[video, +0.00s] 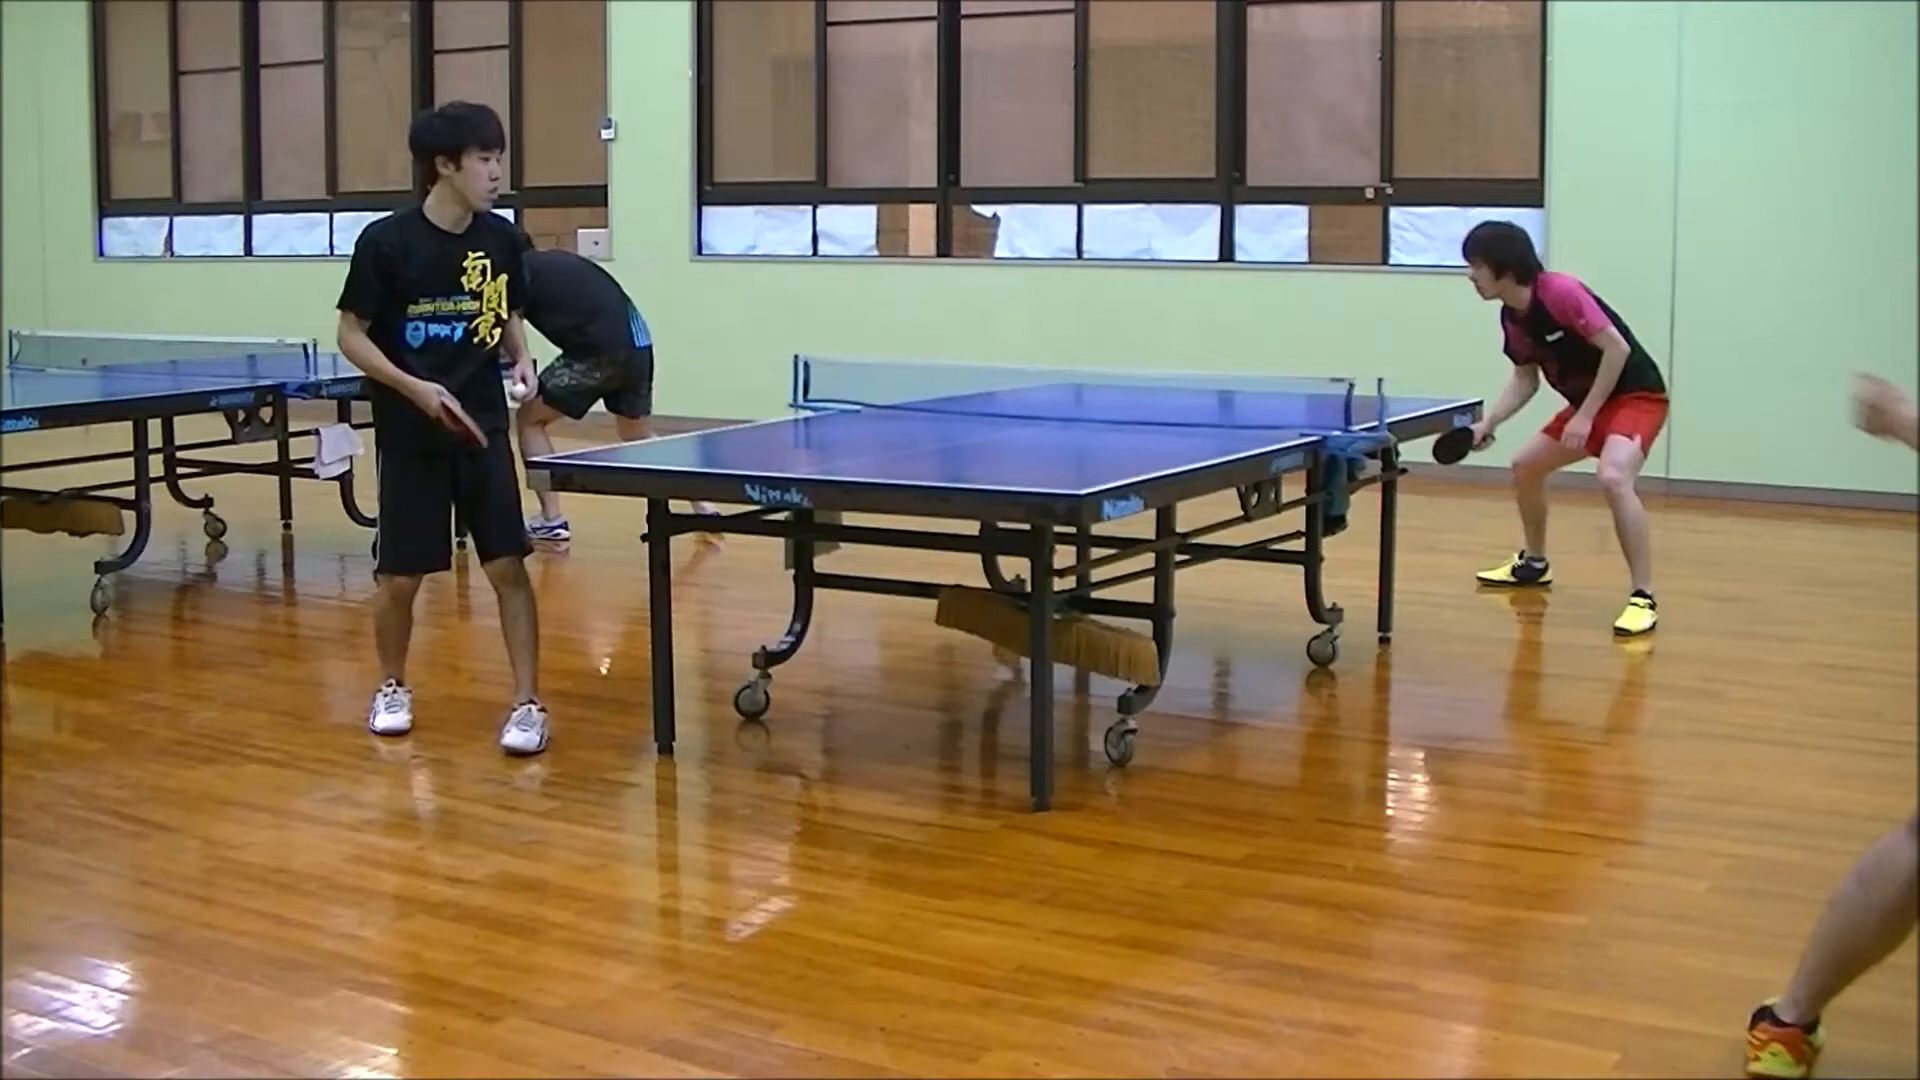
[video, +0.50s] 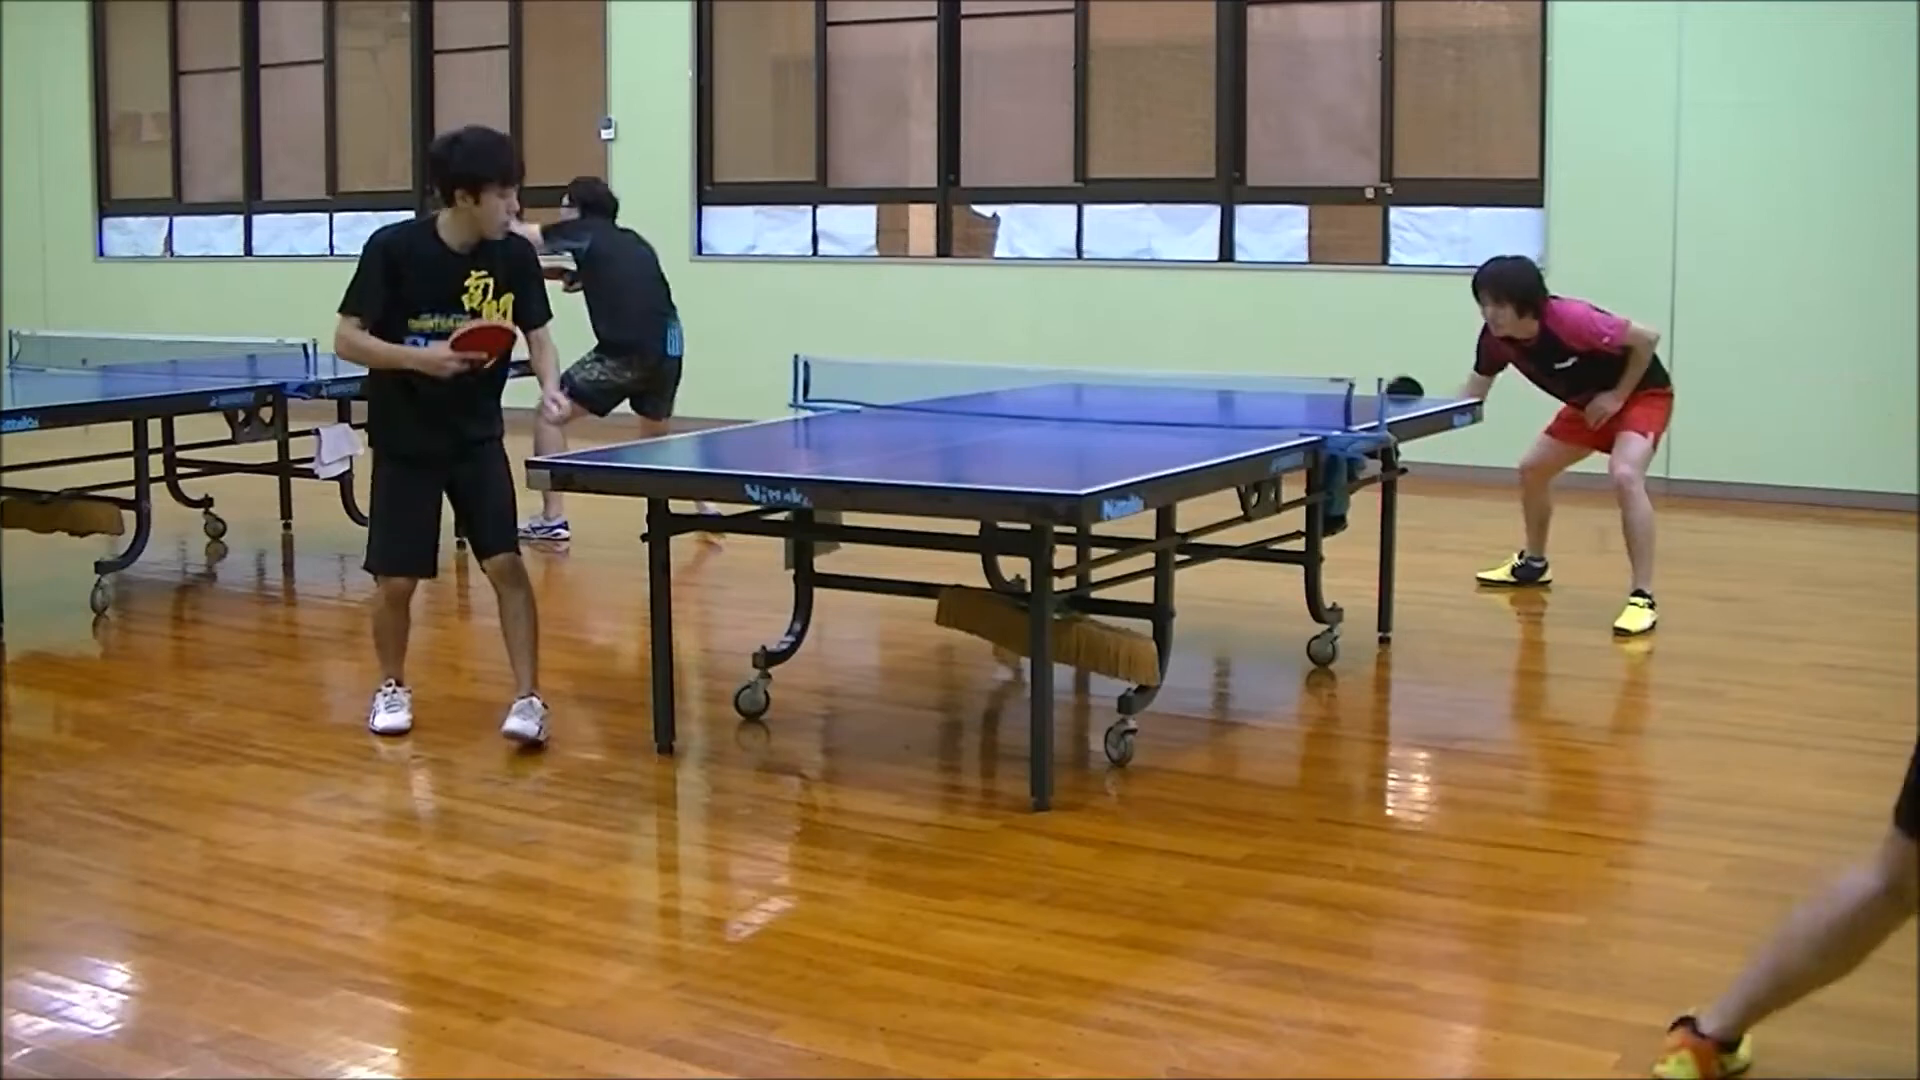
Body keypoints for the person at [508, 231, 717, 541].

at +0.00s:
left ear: (505, 251)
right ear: (527, 242)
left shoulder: (517, 271)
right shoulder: (560, 258)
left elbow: (507, 342)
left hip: (596, 354)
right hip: (639, 349)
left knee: (530, 420)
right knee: (638, 435)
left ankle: (551, 520)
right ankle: (703, 507)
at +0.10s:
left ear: (513, 251)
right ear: (536, 242)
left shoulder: (523, 269)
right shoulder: (567, 258)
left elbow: (517, 346)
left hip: (599, 356)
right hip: (643, 352)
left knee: (530, 419)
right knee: (637, 435)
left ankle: (551, 519)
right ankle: (703, 506)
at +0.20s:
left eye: (513, 247)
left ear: (522, 245)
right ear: (554, 237)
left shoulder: (536, 265)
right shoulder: (583, 255)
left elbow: (522, 336)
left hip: (605, 358)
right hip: (649, 356)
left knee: (532, 420)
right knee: (641, 440)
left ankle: (551, 519)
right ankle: (704, 507)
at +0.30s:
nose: (525, 244)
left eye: (527, 237)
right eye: (526, 237)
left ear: (541, 238)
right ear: (571, 233)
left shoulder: (552, 258)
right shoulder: (601, 251)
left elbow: (519, 307)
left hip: (613, 356)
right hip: (655, 354)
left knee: (536, 419)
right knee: (643, 440)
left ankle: (551, 519)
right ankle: (705, 507)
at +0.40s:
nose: (539, 232)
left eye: (545, 224)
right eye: (540, 224)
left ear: (561, 225)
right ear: (588, 224)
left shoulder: (566, 246)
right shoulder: (617, 245)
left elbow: (520, 285)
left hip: (619, 354)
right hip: (662, 354)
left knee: (541, 418)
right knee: (648, 439)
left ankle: (551, 519)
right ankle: (705, 507)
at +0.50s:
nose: (562, 211)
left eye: (566, 206)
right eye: (564, 205)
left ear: (579, 209)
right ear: (607, 211)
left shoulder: (585, 231)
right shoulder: (635, 240)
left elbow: (529, 234)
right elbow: (622, 274)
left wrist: (503, 218)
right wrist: (583, 277)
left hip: (625, 352)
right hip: (668, 355)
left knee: (548, 417)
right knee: (655, 437)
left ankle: (552, 519)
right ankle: (706, 508)